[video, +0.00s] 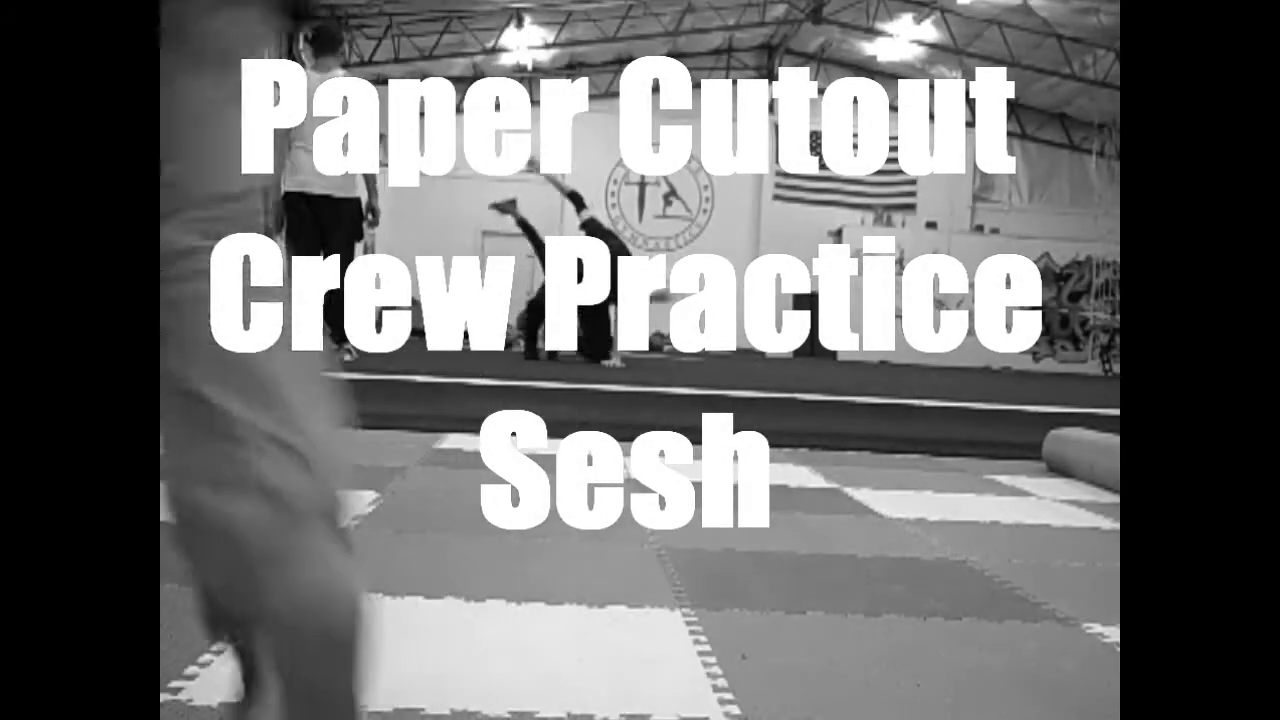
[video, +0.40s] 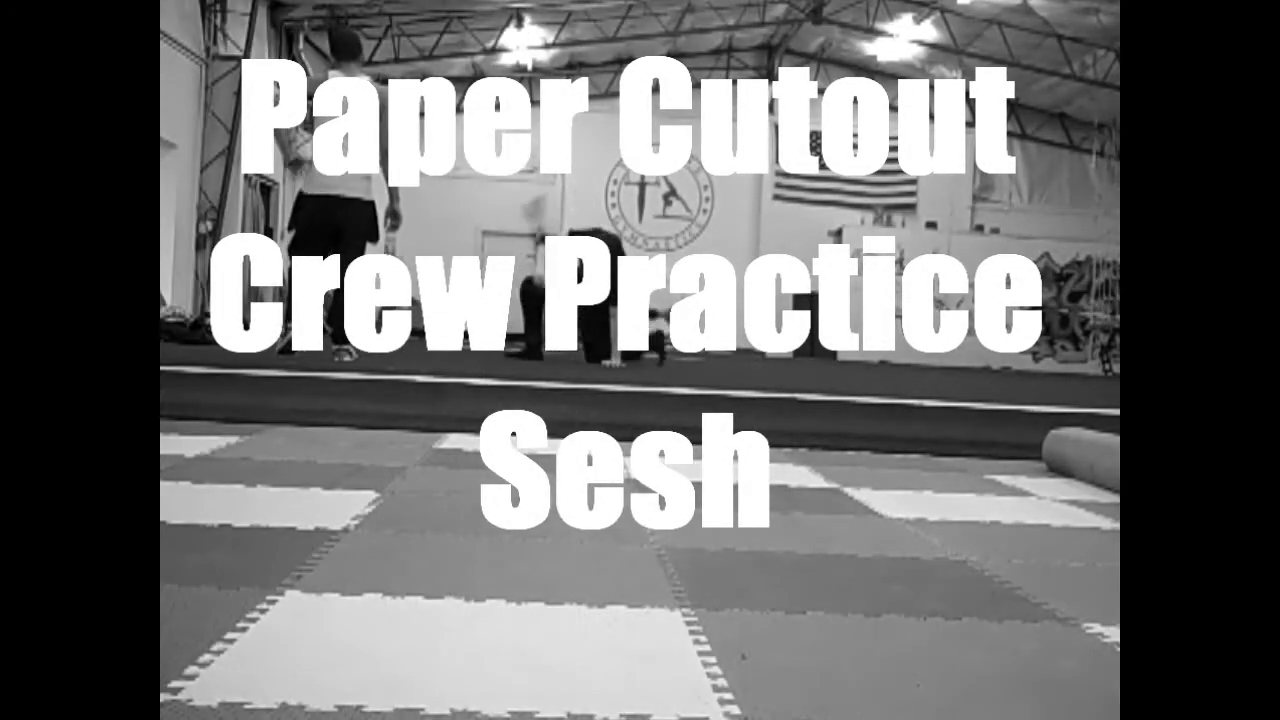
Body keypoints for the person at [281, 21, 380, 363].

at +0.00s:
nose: (303, 52)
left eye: (304, 46)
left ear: (308, 48)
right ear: (345, 49)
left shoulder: (295, 84)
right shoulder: (356, 88)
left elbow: (280, 146)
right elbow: (366, 149)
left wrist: (275, 199)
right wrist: (373, 197)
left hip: (299, 195)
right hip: (344, 195)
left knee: (301, 272)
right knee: (342, 272)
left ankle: (300, 342)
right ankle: (343, 343)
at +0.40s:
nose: (327, 63)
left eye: (327, 57)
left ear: (331, 55)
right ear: (362, 54)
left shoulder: (316, 87)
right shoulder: (379, 92)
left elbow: (288, 128)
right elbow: (390, 153)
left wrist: (291, 154)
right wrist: (395, 202)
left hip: (317, 203)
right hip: (358, 205)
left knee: (299, 272)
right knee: (350, 278)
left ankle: (293, 335)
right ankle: (342, 343)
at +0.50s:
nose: (329, 62)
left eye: (329, 56)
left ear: (332, 55)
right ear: (362, 53)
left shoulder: (319, 87)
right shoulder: (379, 92)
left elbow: (298, 136)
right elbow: (390, 153)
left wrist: (305, 151)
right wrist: (396, 202)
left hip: (319, 200)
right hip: (359, 203)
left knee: (300, 271)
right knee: (350, 276)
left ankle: (292, 338)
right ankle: (342, 343)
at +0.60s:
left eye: (330, 57)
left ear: (331, 55)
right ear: (361, 54)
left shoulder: (316, 87)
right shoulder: (378, 92)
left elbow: (287, 123)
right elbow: (390, 153)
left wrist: (302, 157)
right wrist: (395, 203)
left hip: (318, 200)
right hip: (358, 203)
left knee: (302, 274)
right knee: (350, 277)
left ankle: (294, 339)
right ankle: (343, 343)